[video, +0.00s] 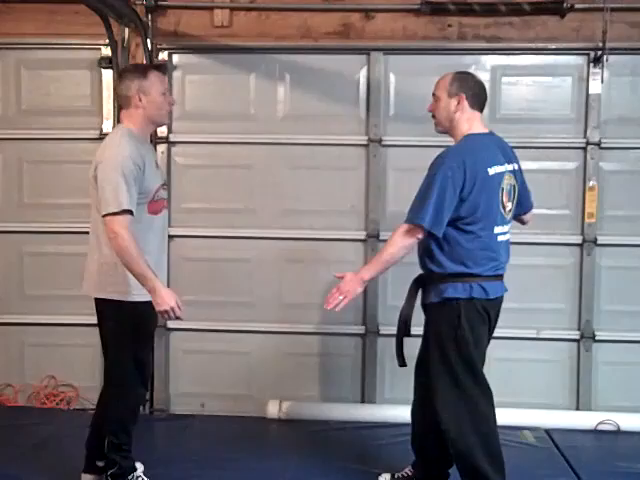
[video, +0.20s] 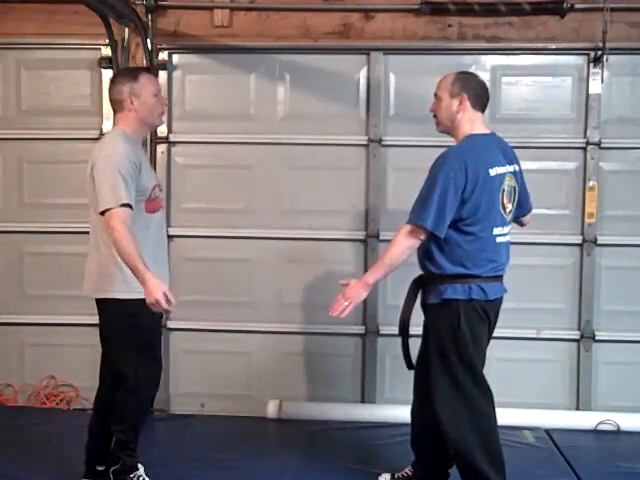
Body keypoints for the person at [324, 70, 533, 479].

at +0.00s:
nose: (430, 108)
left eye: (436, 99)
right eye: (432, 100)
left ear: (460, 103)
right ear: (470, 105)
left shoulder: (453, 160)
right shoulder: (502, 151)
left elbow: (414, 230)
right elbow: (522, 213)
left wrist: (362, 275)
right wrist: (468, 204)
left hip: (456, 298)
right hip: (482, 295)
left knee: (460, 394)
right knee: (433, 383)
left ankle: (485, 476)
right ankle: (428, 469)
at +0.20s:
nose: (432, 108)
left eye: (437, 99)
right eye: (434, 100)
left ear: (462, 103)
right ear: (472, 105)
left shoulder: (455, 160)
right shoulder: (502, 151)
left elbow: (416, 230)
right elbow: (521, 215)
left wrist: (366, 281)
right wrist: (467, 207)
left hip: (456, 299)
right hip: (482, 296)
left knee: (460, 395)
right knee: (432, 387)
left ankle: (485, 476)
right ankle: (427, 470)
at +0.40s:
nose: (431, 108)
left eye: (437, 100)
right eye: (433, 100)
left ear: (460, 104)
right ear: (470, 106)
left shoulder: (456, 161)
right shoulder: (500, 152)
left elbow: (419, 234)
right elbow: (519, 212)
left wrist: (369, 287)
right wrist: (465, 209)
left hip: (457, 299)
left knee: (459, 397)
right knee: (415, 375)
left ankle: (485, 476)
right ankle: (422, 467)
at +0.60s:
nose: (425, 113)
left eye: (431, 105)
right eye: (427, 105)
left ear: (454, 109)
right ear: (463, 110)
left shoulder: (466, 164)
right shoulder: (488, 154)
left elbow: (434, 239)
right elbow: (485, 203)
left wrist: (381, 290)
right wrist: (452, 167)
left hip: (463, 297)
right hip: (440, 290)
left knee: (455, 397)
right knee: (390, 361)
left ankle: (483, 476)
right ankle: (391, 458)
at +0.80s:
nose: (412, 117)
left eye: (418, 109)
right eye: (413, 109)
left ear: (442, 113)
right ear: (443, 114)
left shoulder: (469, 167)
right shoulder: (442, 162)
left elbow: (458, 248)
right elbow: (426, 207)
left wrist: (399, 291)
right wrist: (389, 169)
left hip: (453, 303)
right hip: (422, 301)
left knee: (454, 409)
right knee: (383, 389)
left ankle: (484, 476)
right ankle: (338, 464)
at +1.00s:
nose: (389, 120)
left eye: (396, 112)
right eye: (391, 112)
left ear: (421, 118)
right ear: (421, 118)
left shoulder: (456, 172)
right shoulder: (397, 162)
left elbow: (468, 249)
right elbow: (357, 179)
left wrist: (406, 289)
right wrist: (312, 151)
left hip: (434, 307)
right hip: (386, 301)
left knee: (443, 404)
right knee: (352, 389)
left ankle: (480, 479)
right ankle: (329, 470)